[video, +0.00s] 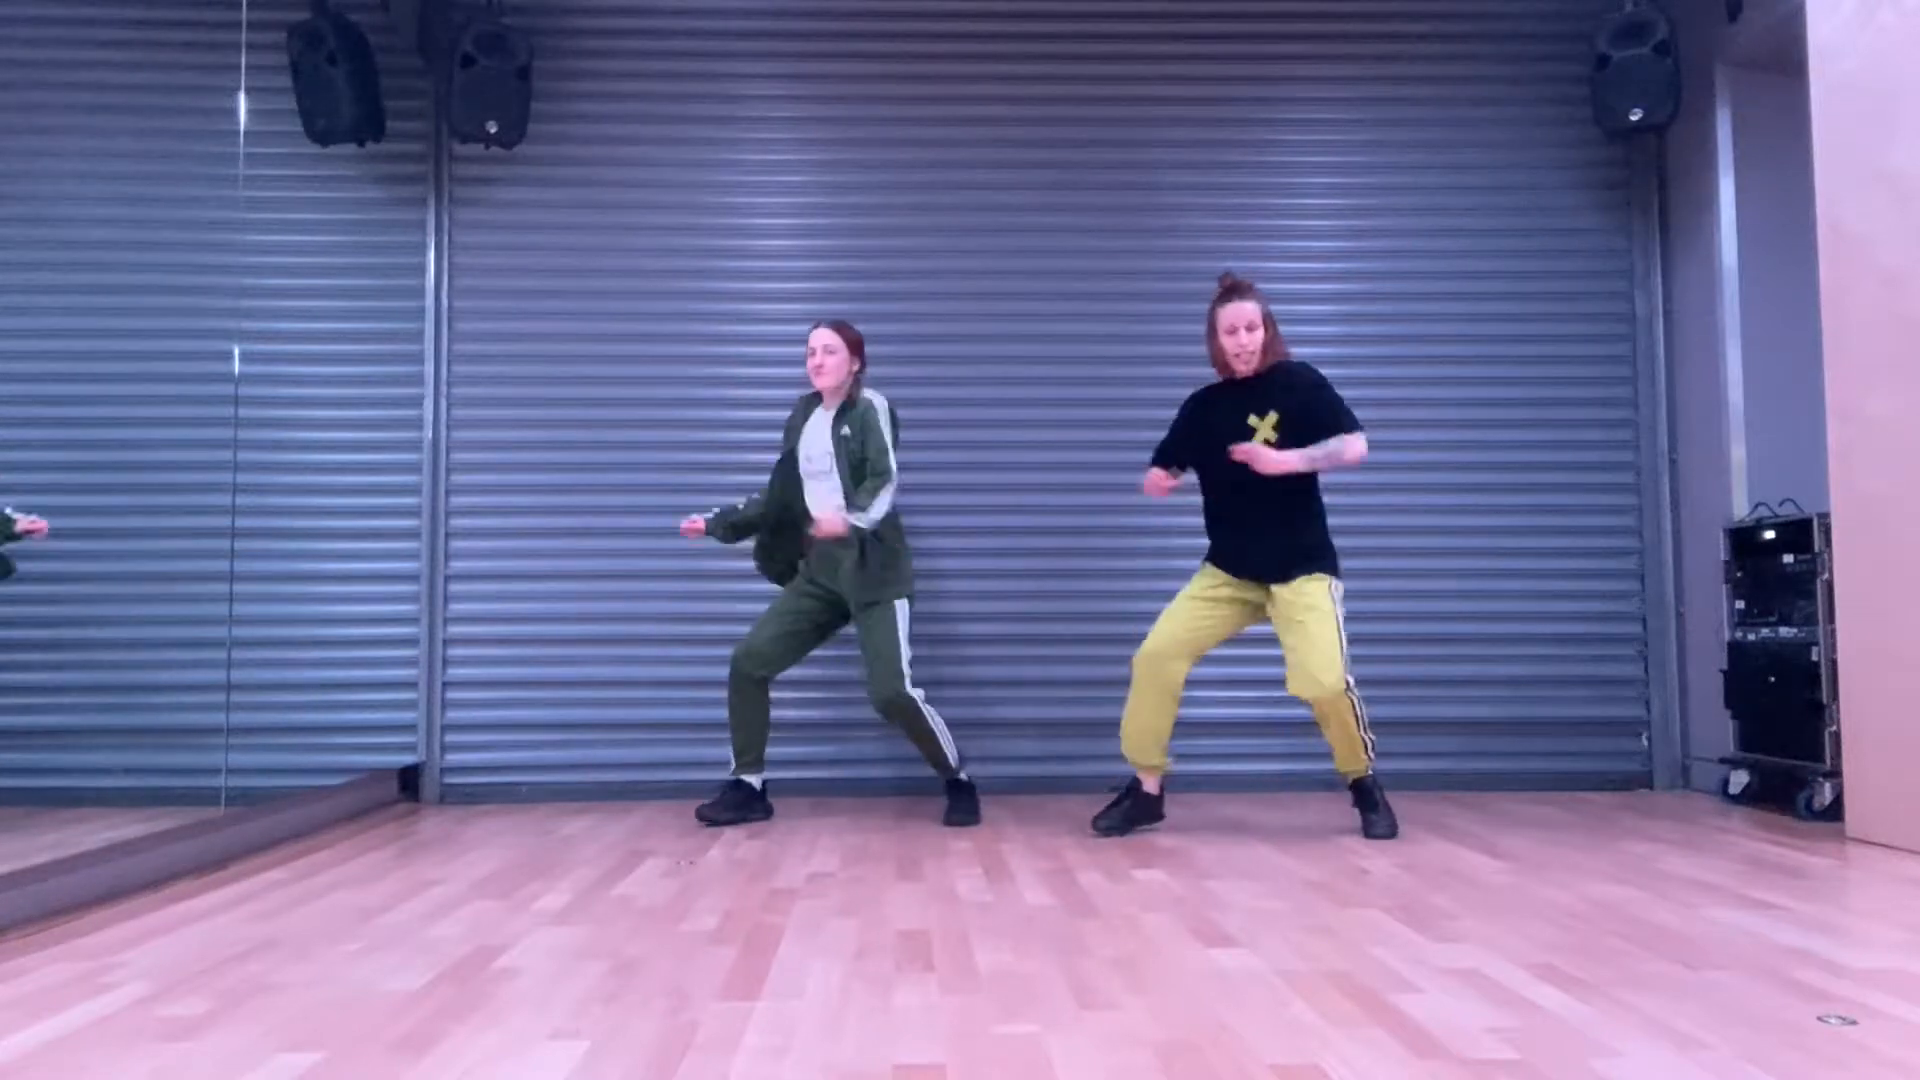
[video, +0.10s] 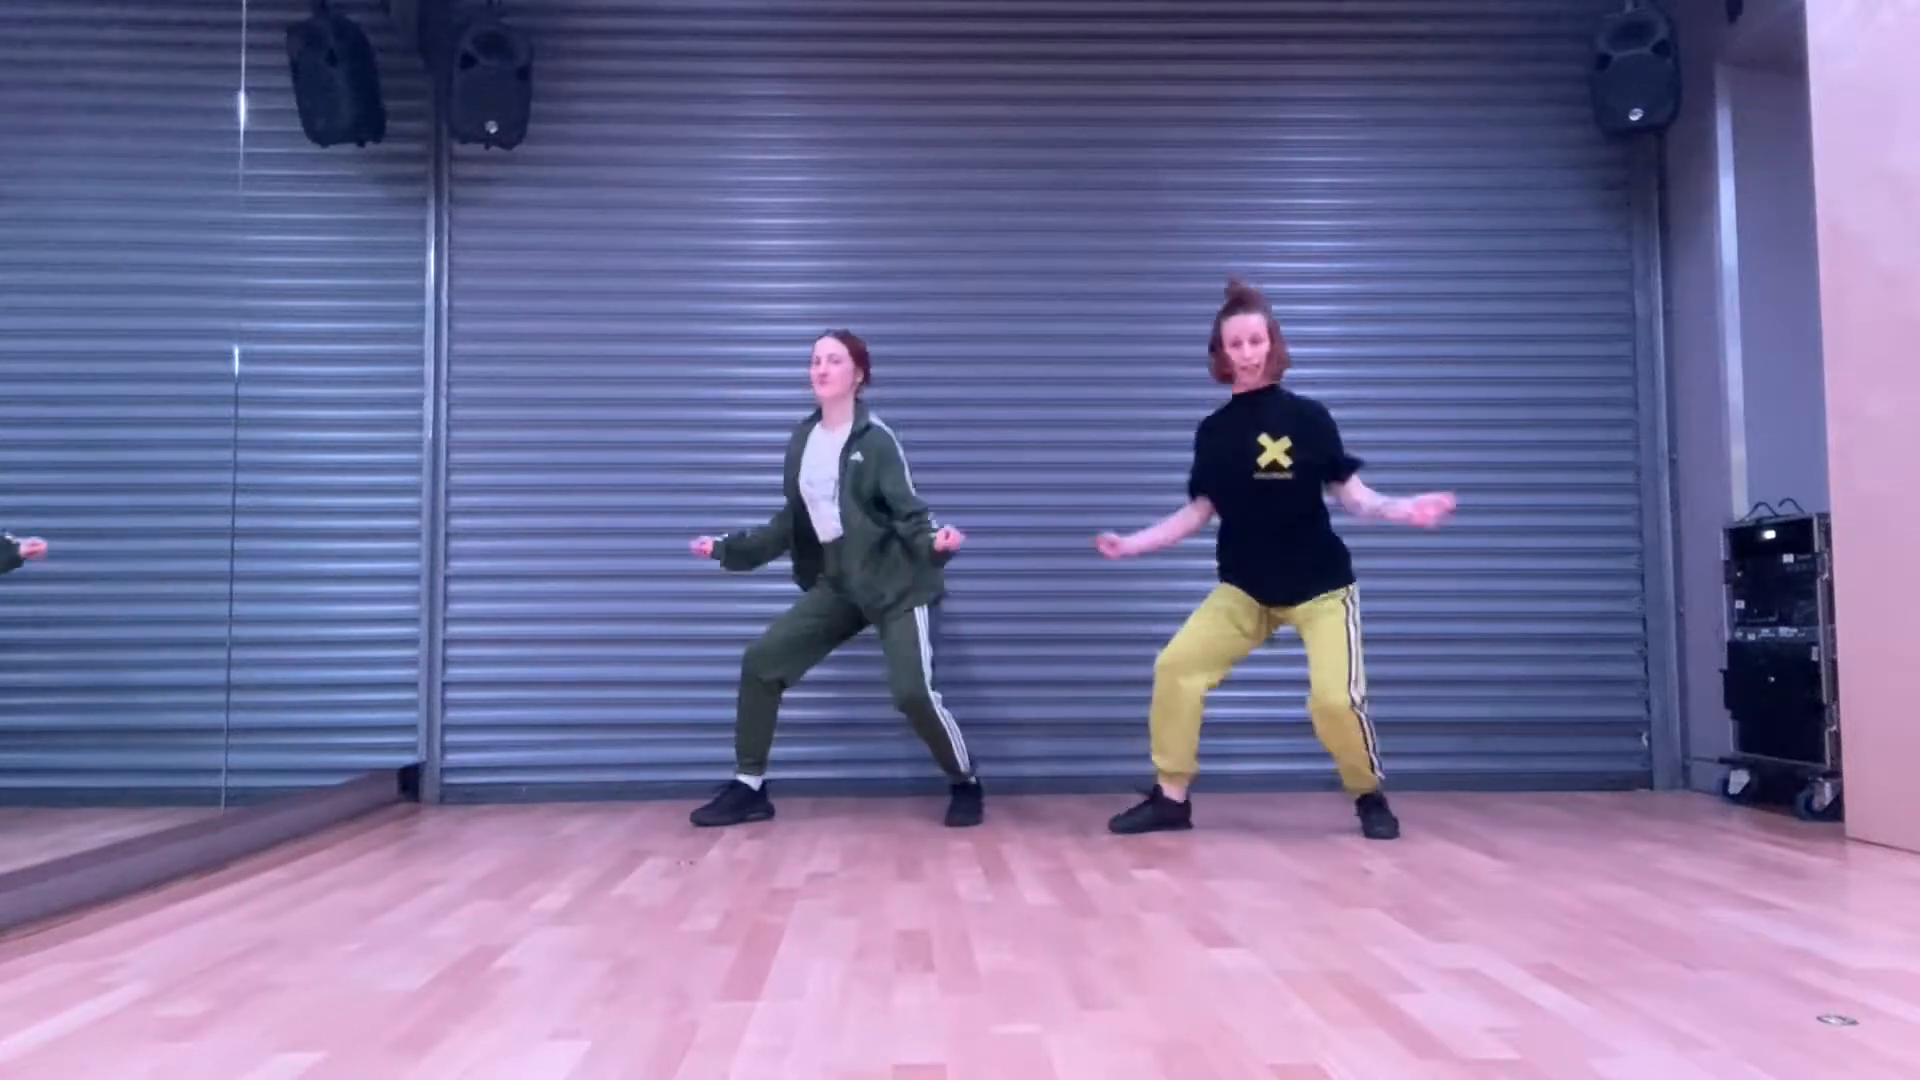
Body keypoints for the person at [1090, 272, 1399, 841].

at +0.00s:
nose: (1241, 341)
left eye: (1250, 329)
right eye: (1229, 331)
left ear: (1267, 331)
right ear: (1214, 338)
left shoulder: (1299, 383)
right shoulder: (1202, 406)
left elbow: (1355, 446)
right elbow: (1160, 477)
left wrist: (1284, 459)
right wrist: (1161, 480)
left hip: (1301, 571)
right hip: (1227, 571)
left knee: (1321, 684)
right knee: (1156, 656)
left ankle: (1365, 787)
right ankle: (1146, 791)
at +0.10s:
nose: (1247, 354)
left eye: (1257, 341)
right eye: (1235, 343)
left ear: (1273, 346)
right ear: (1220, 352)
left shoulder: (1308, 417)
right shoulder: (1214, 430)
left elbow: (1351, 495)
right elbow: (1200, 511)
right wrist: (1132, 545)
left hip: (1320, 587)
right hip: (1245, 588)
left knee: (1334, 701)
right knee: (1176, 666)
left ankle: (1369, 798)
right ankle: (1171, 799)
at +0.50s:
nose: (1240, 344)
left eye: (1250, 330)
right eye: (1229, 334)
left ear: (1271, 328)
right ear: (1218, 339)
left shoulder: (1314, 378)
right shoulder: (1225, 394)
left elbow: (1360, 447)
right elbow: (1219, 481)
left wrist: (1411, 457)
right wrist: (1163, 507)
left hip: (1268, 551)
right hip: (1200, 540)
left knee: (1292, 678)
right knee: (1162, 668)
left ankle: (1364, 790)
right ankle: (1167, 798)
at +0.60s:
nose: (1217, 331)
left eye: (1228, 317)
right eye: (1206, 320)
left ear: (1251, 314)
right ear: (1194, 323)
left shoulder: (1288, 344)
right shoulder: (1203, 367)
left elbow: (1338, 398)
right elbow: (1194, 437)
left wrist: (1369, 399)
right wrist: (1130, 462)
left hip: (1281, 541)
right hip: (1211, 538)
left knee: (1304, 665)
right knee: (1149, 642)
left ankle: (1372, 783)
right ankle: (1171, 777)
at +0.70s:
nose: (1191, 319)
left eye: (1201, 306)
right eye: (1180, 308)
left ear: (1219, 306)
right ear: (1167, 311)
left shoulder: (1246, 337)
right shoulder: (1172, 363)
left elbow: (1296, 388)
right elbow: (1151, 435)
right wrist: (1095, 470)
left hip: (1286, 531)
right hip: (1217, 534)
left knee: (1311, 664)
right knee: (1168, 645)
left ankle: (1370, 785)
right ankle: (1181, 784)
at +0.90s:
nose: (1168, 293)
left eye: (1179, 283)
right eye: (1158, 282)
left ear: (1193, 289)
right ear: (1141, 289)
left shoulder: (1202, 344)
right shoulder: (1132, 367)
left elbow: (1217, 418)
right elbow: (1130, 457)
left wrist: (1222, 470)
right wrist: (1105, 523)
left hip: (1244, 523)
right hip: (1180, 537)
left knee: (1300, 645)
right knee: (1192, 666)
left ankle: (1365, 775)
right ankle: (1179, 797)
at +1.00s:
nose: (1160, 306)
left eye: (1170, 293)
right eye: (1149, 296)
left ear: (1187, 293)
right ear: (1133, 300)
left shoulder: (1209, 354)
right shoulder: (1146, 363)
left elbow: (1238, 439)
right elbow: (1148, 455)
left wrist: (1261, 499)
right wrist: (1131, 531)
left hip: (1200, 537)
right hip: (1145, 540)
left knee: (1246, 659)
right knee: (1169, 671)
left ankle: (1325, 776)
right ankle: (1173, 799)